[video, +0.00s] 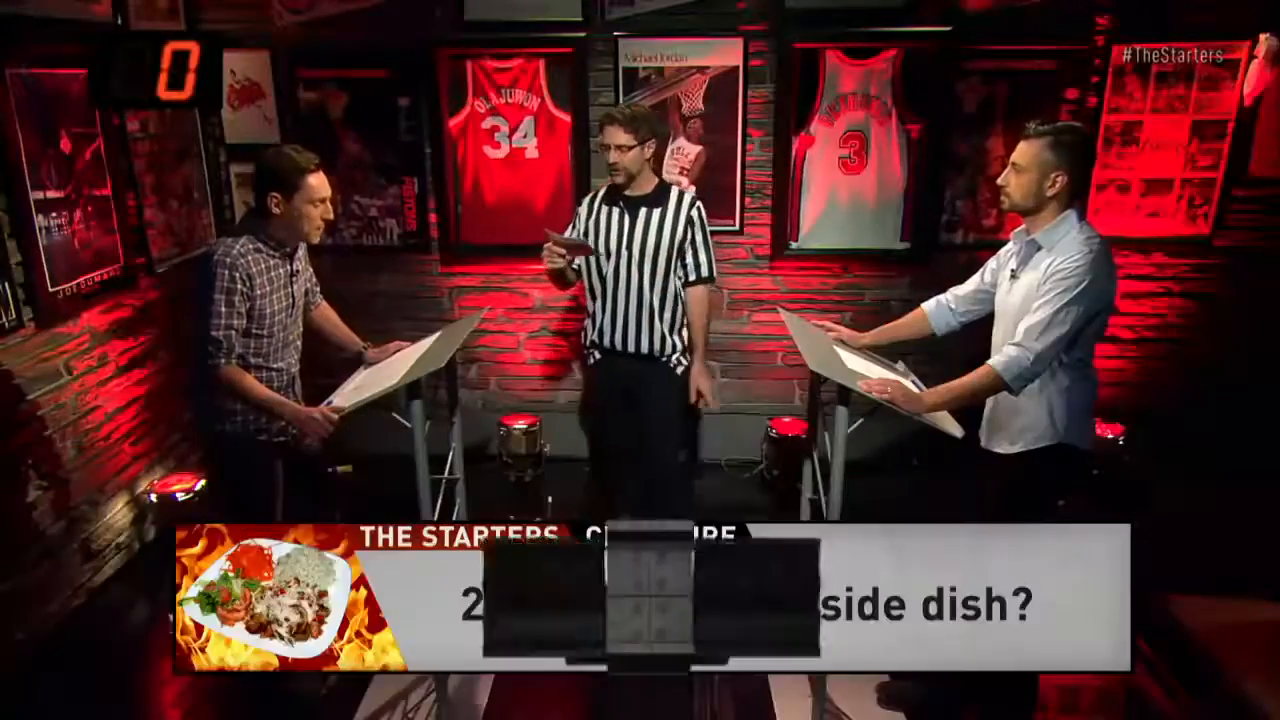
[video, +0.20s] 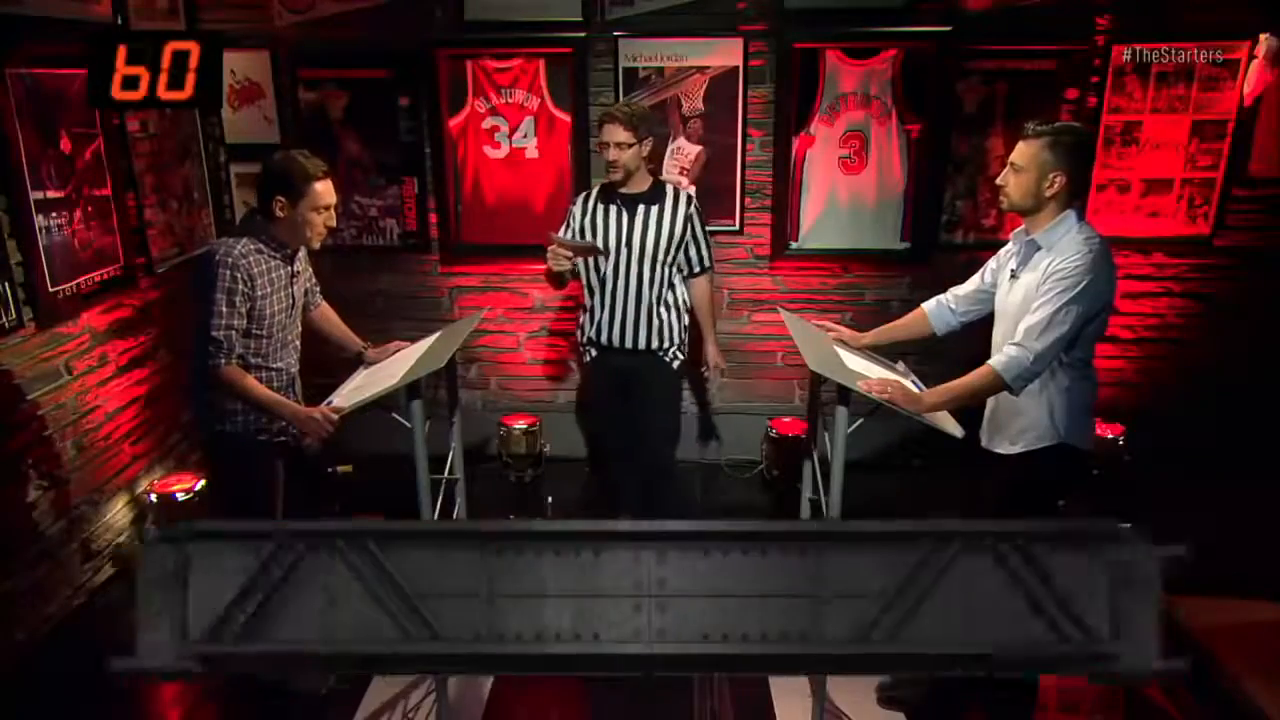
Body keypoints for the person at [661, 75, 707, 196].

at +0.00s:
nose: (691, 127)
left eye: (695, 125)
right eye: (689, 125)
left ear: (701, 131)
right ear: (686, 128)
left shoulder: (700, 150)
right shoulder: (677, 136)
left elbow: (694, 172)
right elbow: (673, 109)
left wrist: (686, 182)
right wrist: (672, 84)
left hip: (682, 184)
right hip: (665, 180)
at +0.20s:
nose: (690, 125)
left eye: (695, 124)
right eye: (689, 124)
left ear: (701, 131)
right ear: (686, 127)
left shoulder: (700, 151)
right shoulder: (677, 137)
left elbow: (690, 178)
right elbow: (672, 108)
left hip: (684, 190)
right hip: (666, 185)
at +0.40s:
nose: (690, 129)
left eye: (694, 127)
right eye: (689, 126)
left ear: (701, 131)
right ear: (685, 128)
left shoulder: (700, 151)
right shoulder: (677, 138)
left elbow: (692, 176)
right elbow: (673, 109)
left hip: (684, 189)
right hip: (666, 184)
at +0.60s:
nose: (690, 129)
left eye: (694, 127)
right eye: (689, 126)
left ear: (700, 131)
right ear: (685, 128)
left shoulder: (700, 151)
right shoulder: (677, 138)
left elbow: (690, 178)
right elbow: (673, 110)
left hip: (685, 194)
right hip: (666, 190)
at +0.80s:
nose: (691, 127)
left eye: (695, 126)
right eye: (690, 125)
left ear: (701, 132)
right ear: (686, 127)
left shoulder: (700, 152)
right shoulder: (677, 137)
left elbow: (690, 178)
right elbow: (673, 110)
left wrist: (673, 182)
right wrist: (673, 90)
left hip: (685, 196)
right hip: (666, 193)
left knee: (690, 232)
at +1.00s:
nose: (691, 127)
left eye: (695, 126)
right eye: (690, 125)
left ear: (701, 132)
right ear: (686, 127)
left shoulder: (700, 152)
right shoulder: (677, 138)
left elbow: (691, 177)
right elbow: (673, 110)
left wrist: (676, 182)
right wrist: (673, 89)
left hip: (685, 195)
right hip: (666, 192)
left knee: (690, 232)